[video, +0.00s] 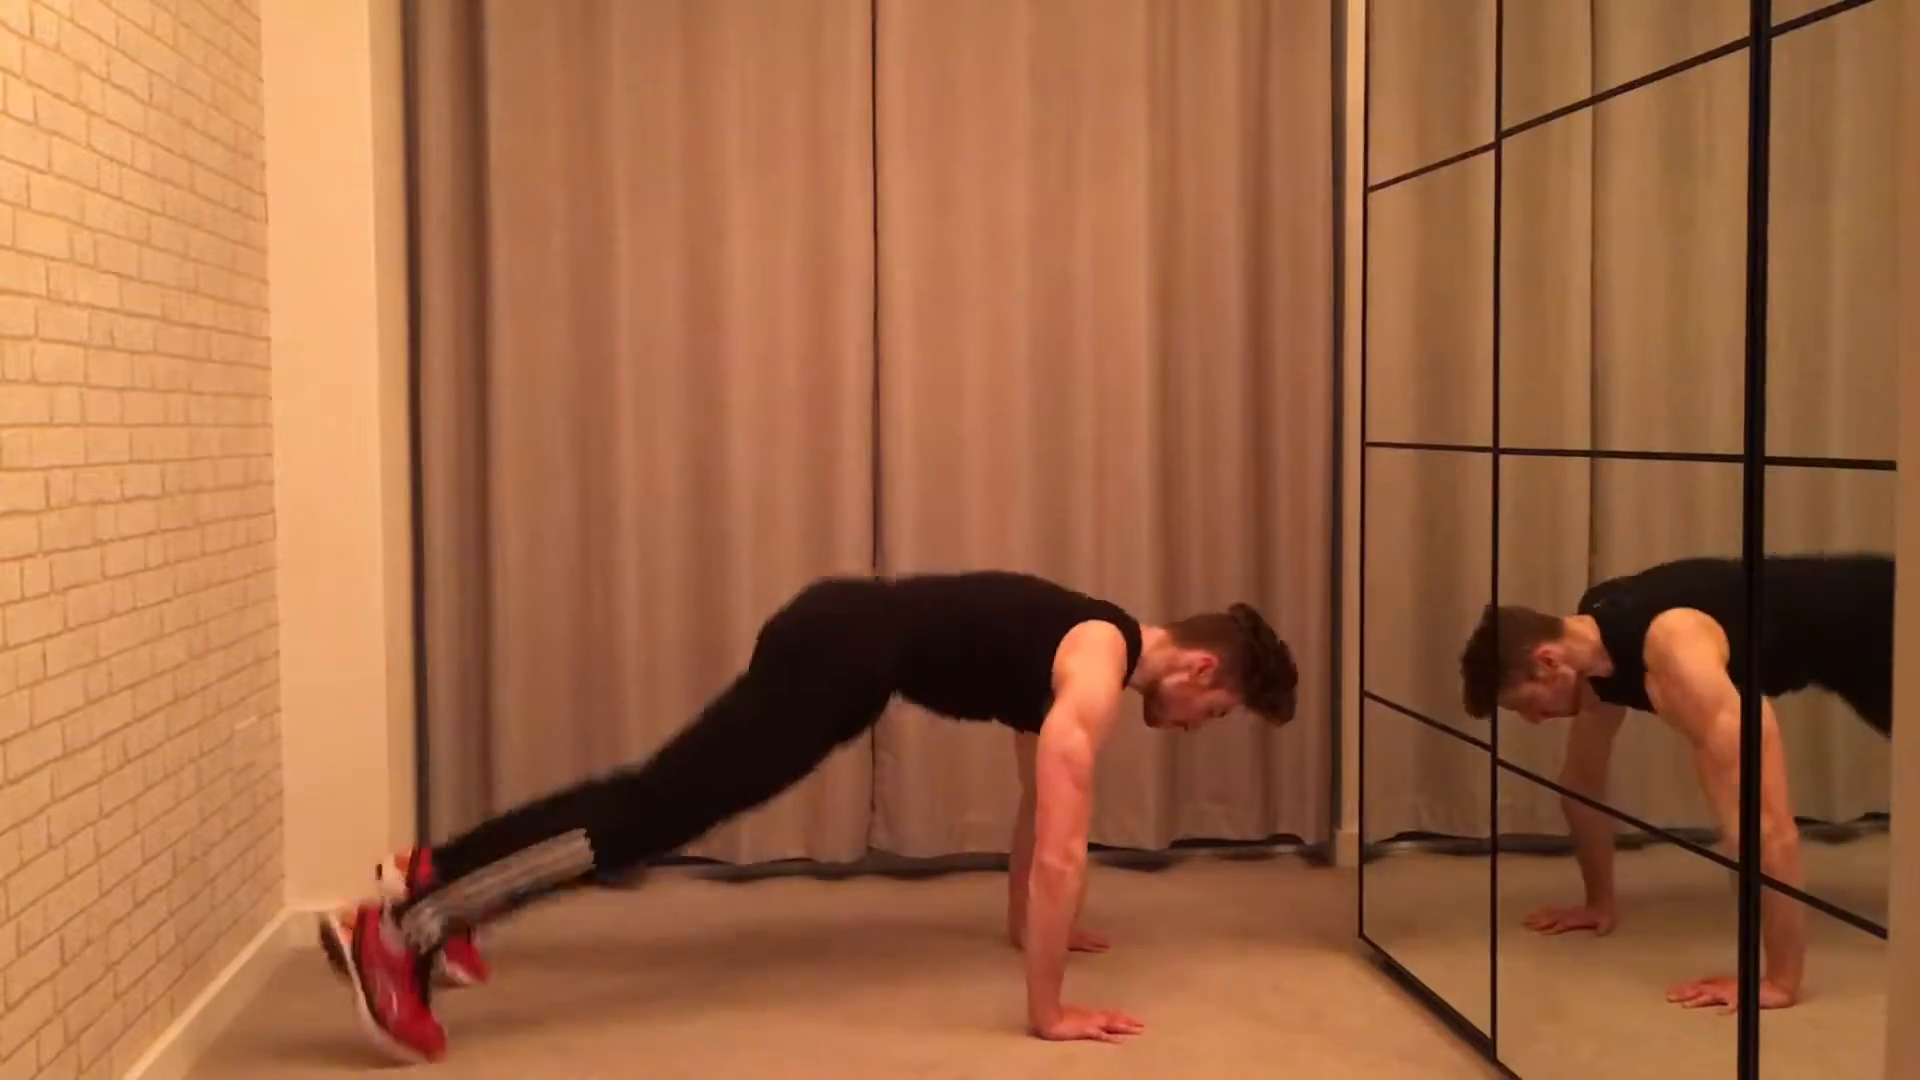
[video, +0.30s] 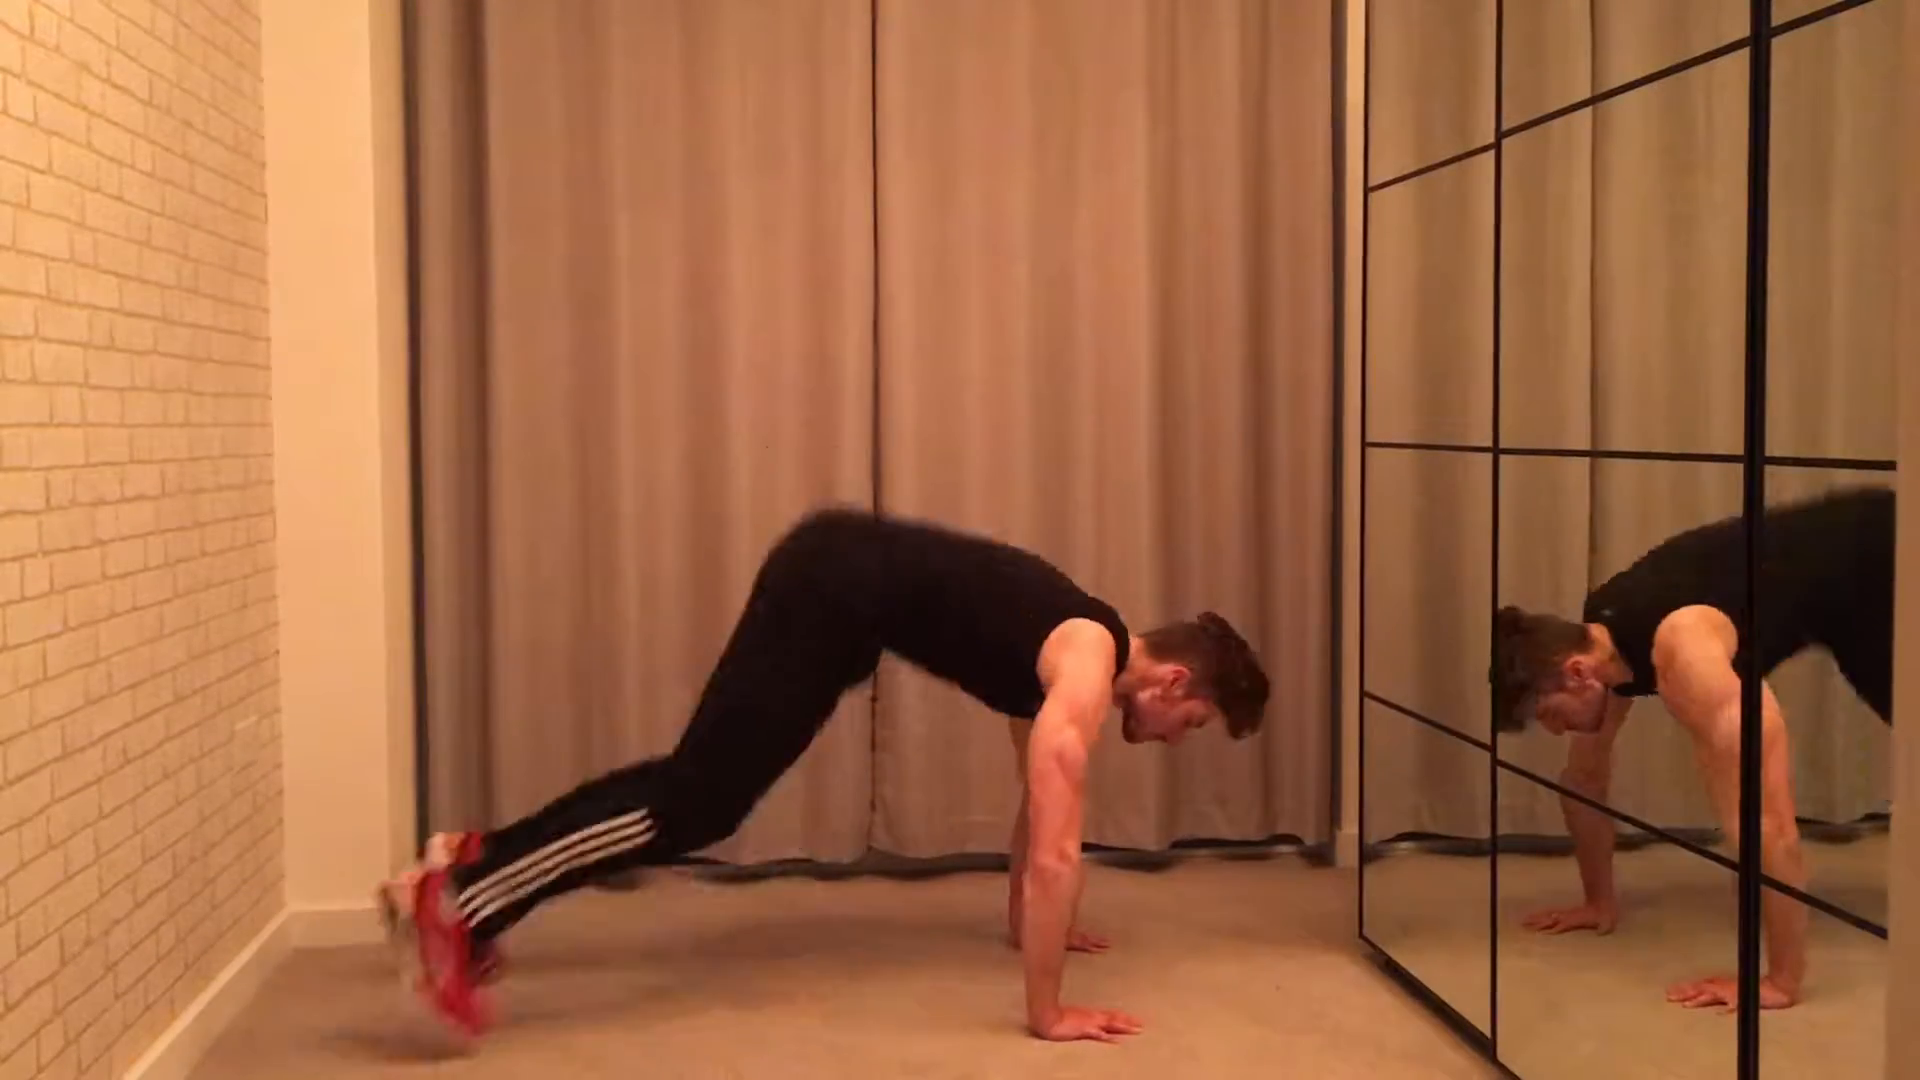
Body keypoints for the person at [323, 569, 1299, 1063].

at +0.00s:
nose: (1196, 724)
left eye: (1214, 717)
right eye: (1215, 708)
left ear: (1193, 657)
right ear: (1202, 662)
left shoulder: (1099, 654)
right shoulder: (1096, 667)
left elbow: (1045, 817)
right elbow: (1058, 847)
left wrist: (1033, 920)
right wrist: (1047, 1011)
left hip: (837, 644)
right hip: (838, 660)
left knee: (653, 802)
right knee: (650, 814)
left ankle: (431, 881)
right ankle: (407, 919)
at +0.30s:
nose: (1179, 738)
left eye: (1196, 728)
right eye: (1195, 722)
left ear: (1171, 667)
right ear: (1175, 681)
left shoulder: (1088, 652)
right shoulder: (1078, 670)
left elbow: (1045, 818)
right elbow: (1051, 851)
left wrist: (1040, 924)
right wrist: (1047, 1014)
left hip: (840, 581)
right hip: (830, 583)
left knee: (694, 787)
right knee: (693, 803)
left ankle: (475, 865)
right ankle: (458, 911)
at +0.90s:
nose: (1137, 335)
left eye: (1141, 316)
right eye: (1133, 313)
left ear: (1075, 304)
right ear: (1088, 301)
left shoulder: (1012, 388)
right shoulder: (1037, 414)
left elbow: (1022, 605)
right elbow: (1036, 616)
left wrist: (1060, 757)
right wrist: (1068, 777)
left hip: (819, 545)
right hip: (833, 558)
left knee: (947, 744)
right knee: (977, 759)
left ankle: (853, 920)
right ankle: (855, 965)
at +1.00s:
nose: (1134, 199)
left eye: (1142, 181)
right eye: (1136, 175)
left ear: (1087, 151)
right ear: (1096, 149)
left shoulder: (1006, 233)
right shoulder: (1032, 256)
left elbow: (959, 423)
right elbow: (1002, 445)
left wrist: (974, 539)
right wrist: (1011, 614)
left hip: (869, 465)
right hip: (886, 477)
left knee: (926, 699)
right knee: (950, 708)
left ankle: (865, 900)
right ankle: (865, 947)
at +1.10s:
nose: (1137, 116)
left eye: (1147, 99)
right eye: (1140, 92)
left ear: (1094, 57)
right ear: (1099, 59)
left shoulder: (1012, 136)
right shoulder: (1027, 151)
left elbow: (967, 323)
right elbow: (977, 332)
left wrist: (962, 482)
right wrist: (970, 491)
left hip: (898, 388)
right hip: (910, 397)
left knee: (922, 631)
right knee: (937, 637)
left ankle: (886, 850)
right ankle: (906, 881)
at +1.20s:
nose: (1149, 92)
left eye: (1160, 76)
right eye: (1154, 68)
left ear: (1104, 32)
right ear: (1115, 30)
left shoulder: (1026, 108)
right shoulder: (1032, 121)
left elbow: (960, 281)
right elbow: (964, 289)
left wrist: (945, 432)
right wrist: (941, 446)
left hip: (928, 353)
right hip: (933, 362)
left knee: (957, 593)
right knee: (968, 596)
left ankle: (917, 807)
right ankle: (938, 835)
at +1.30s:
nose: (1171, 128)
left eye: (1182, 111)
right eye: (1178, 105)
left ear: (1138, 74)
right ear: (1140, 72)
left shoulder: (1040, 138)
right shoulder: (1045, 149)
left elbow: (941, 296)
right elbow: (964, 311)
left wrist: (894, 444)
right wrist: (929, 459)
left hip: (925, 374)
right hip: (935, 383)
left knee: (978, 604)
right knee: (986, 605)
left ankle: (985, 818)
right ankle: (1004, 849)